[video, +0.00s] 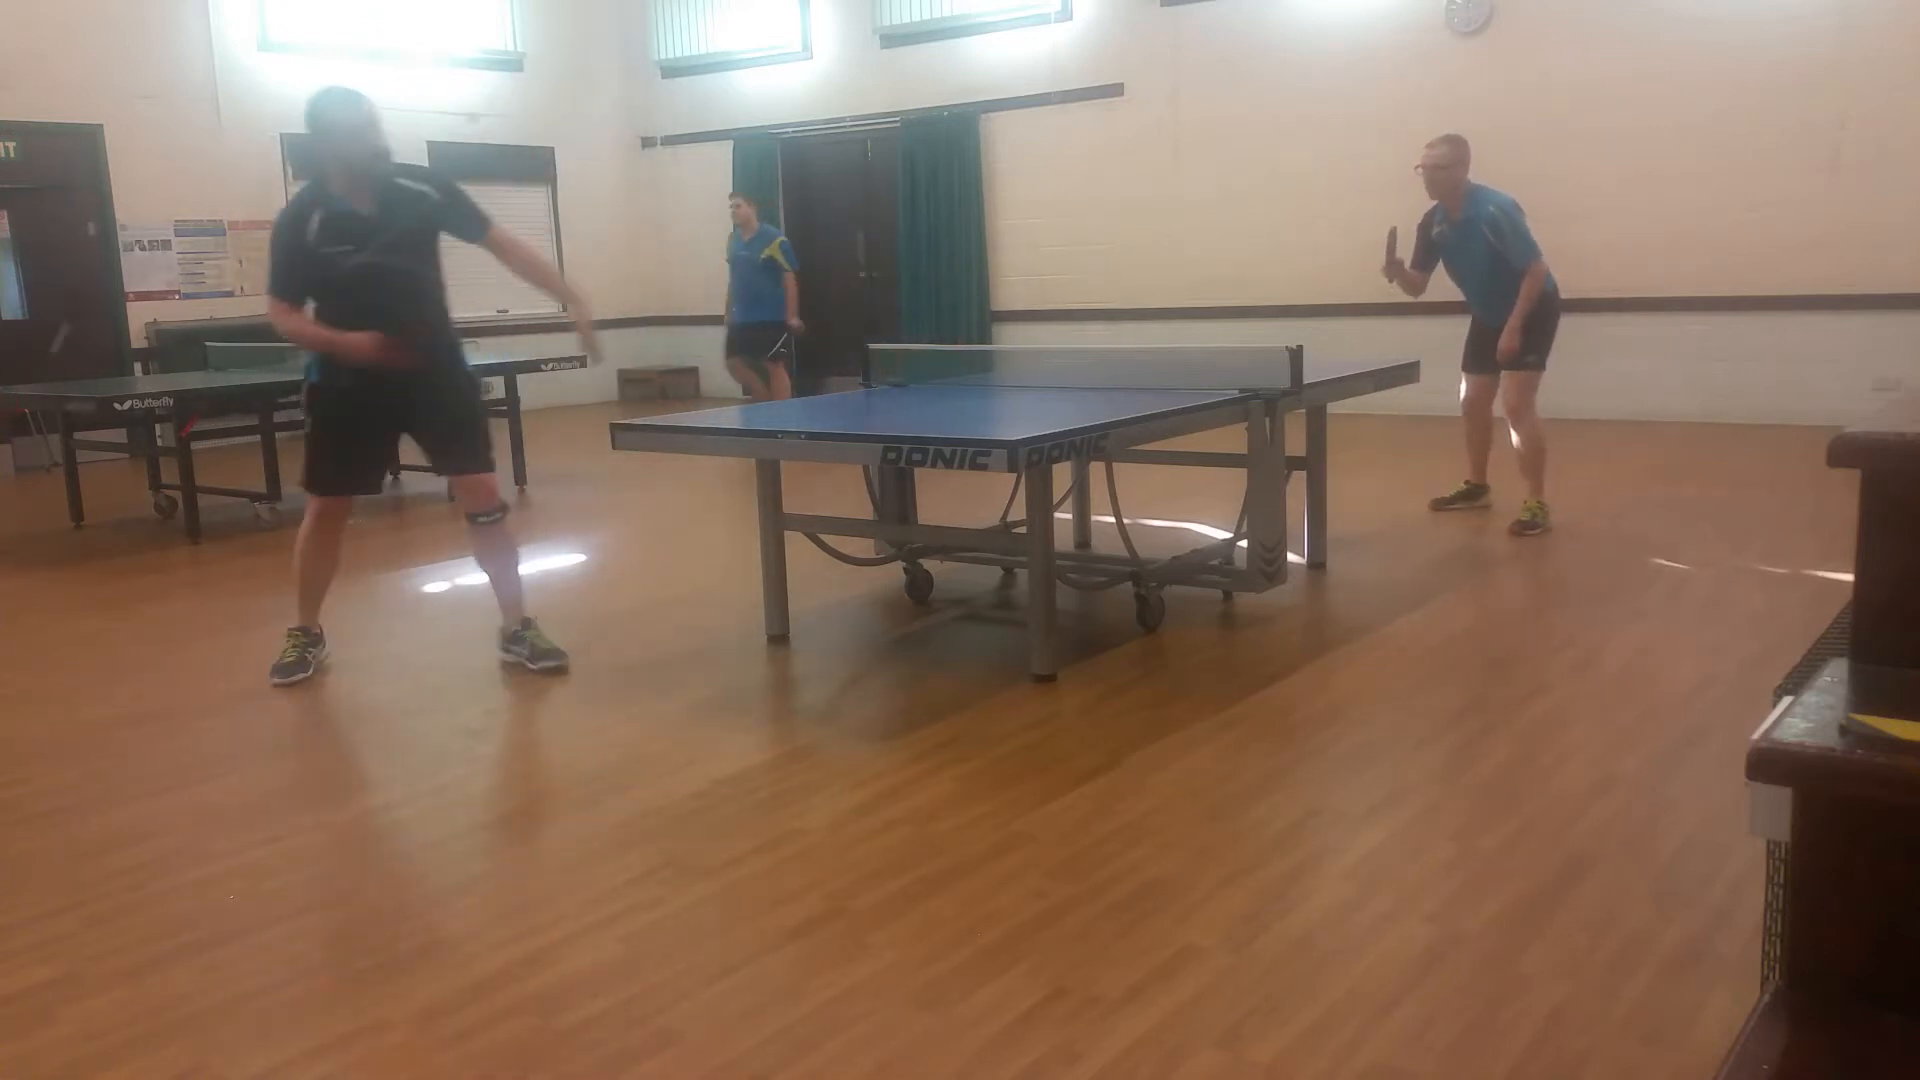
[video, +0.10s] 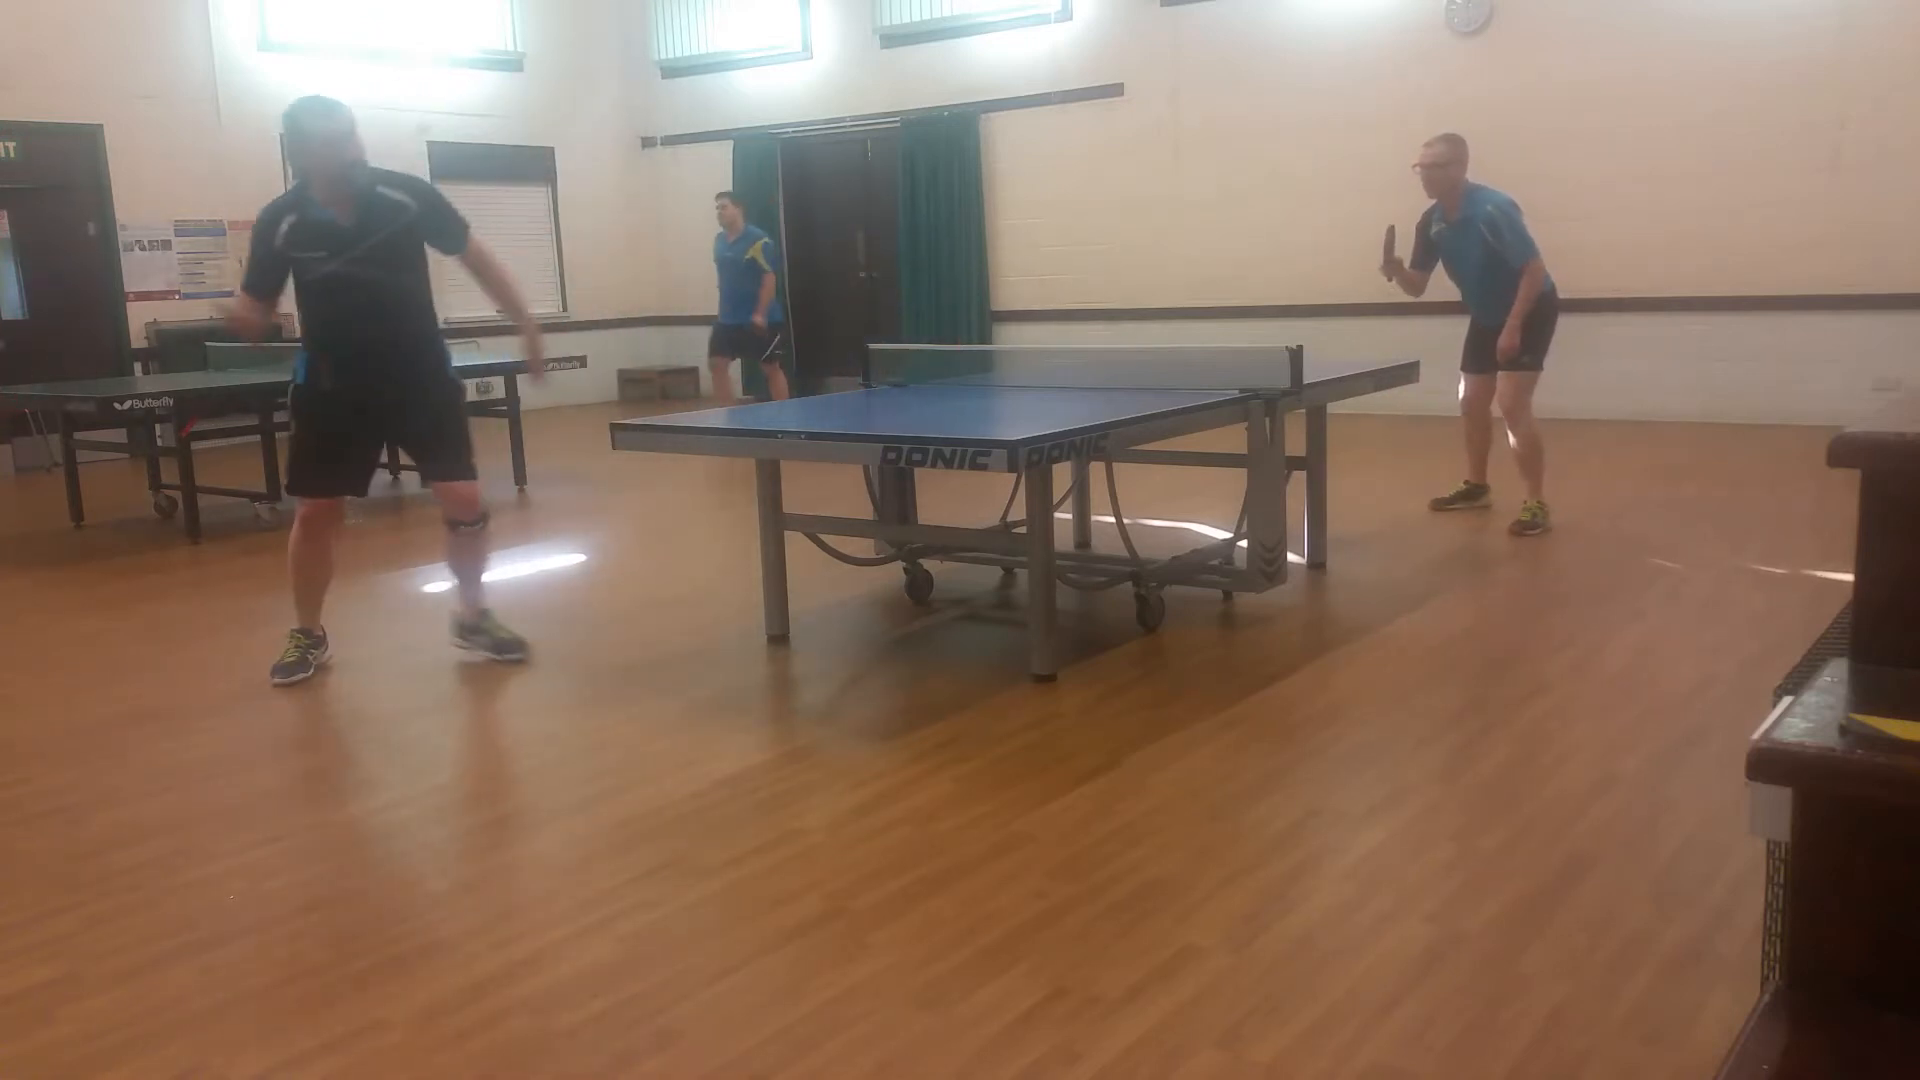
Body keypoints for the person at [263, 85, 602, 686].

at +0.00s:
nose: (370, 141)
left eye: (372, 128)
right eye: (353, 133)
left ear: (381, 131)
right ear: (322, 145)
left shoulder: (424, 193)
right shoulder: (299, 220)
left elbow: (502, 243)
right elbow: (283, 314)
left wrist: (572, 296)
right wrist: (350, 342)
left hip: (434, 374)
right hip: (347, 386)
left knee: (479, 491)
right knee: (326, 507)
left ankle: (518, 628)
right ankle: (305, 632)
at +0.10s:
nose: (351, 150)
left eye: (352, 136)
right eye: (332, 143)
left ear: (359, 137)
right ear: (297, 154)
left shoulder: (410, 197)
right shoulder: (280, 221)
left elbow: (476, 257)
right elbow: (256, 313)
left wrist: (527, 325)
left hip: (420, 378)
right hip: (334, 389)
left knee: (464, 499)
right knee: (315, 510)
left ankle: (472, 615)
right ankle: (307, 633)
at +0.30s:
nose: (333, 219)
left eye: (342, 205)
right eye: (321, 207)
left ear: (367, 193)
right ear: (307, 203)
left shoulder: (418, 247)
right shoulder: (287, 246)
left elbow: (450, 324)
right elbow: (246, 326)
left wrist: (457, 398)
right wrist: (197, 287)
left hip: (402, 405)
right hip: (316, 410)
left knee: (445, 526)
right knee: (292, 536)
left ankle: (442, 628)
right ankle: (311, 635)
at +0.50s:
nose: (448, 282)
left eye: (450, 272)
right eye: (441, 271)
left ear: (428, 263)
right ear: (403, 261)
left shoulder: (424, 288)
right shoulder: (346, 296)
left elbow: (420, 342)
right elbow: (377, 408)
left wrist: (451, 398)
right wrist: (464, 451)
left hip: (387, 415)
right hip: (319, 426)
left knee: (468, 518)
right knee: (307, 556)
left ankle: (444, 627)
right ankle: (301, 635)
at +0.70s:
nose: (517, 235)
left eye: (517, 222)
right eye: (511, 221)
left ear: (473, 216)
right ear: (474, 218)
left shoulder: (449, 262)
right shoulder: (410, 266)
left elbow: (421, 365)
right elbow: (391, 379)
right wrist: (481, 427)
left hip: (416, 407)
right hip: (363, 415)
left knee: (490, 511)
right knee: (391, 556)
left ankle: (447, 625)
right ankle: (293, 614)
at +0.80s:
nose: (529, 205)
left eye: (529, 192)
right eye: (522, 191)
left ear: (483, 190)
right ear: (481, 187)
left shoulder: (468, 242)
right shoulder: (425, 241)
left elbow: (438, 348)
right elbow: (405, 357)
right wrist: (507, 404)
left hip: (433, 390)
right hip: (385, 396)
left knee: (497, 514)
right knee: (452, 526)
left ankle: (447, 626)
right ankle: (353, 603)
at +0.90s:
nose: (535, 190)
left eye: (537, 178)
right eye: (529, 177)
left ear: (493, 172)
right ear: (491, 171)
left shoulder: (478, 224)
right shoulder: (437, 225)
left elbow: (460, 330)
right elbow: (427, 344)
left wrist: (535, 376)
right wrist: (527, 371)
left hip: (450, 378)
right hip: (410, 383)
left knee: (509, 506)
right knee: (495, 500)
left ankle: (453, 621)